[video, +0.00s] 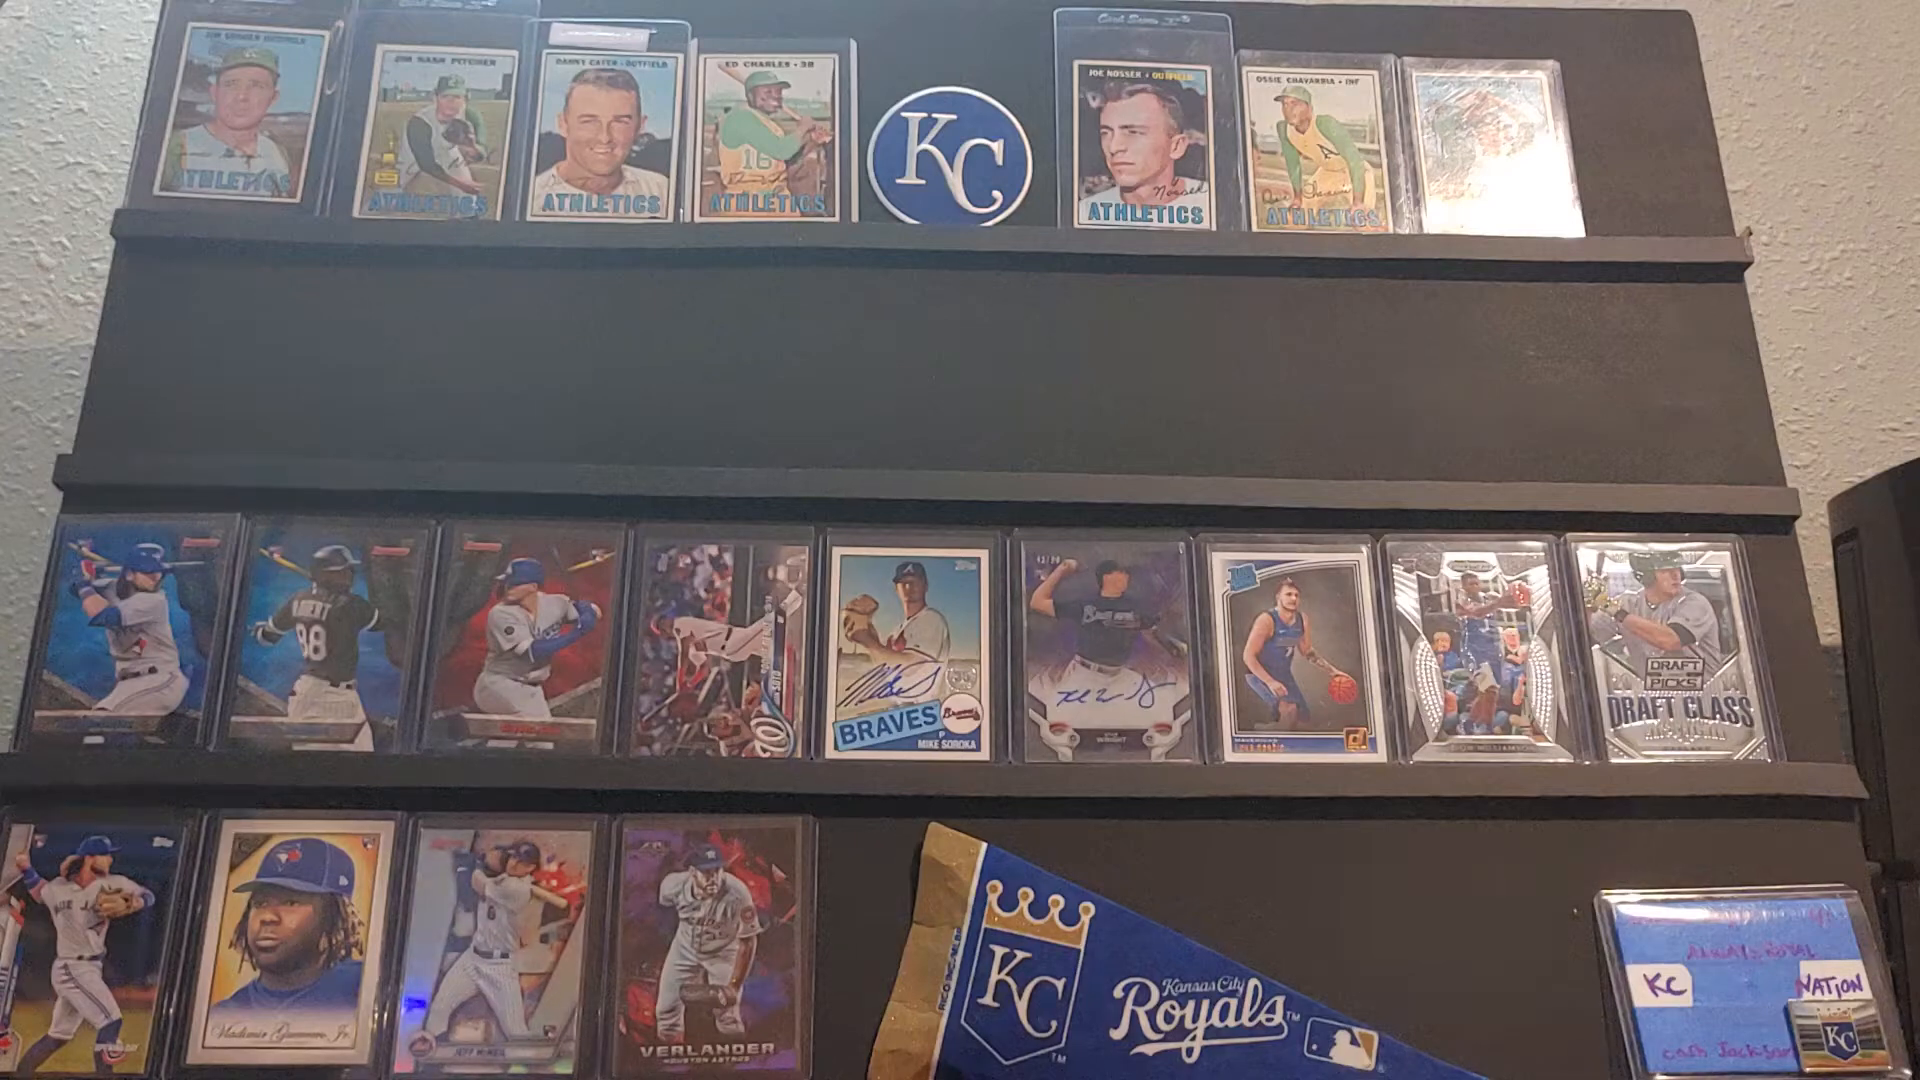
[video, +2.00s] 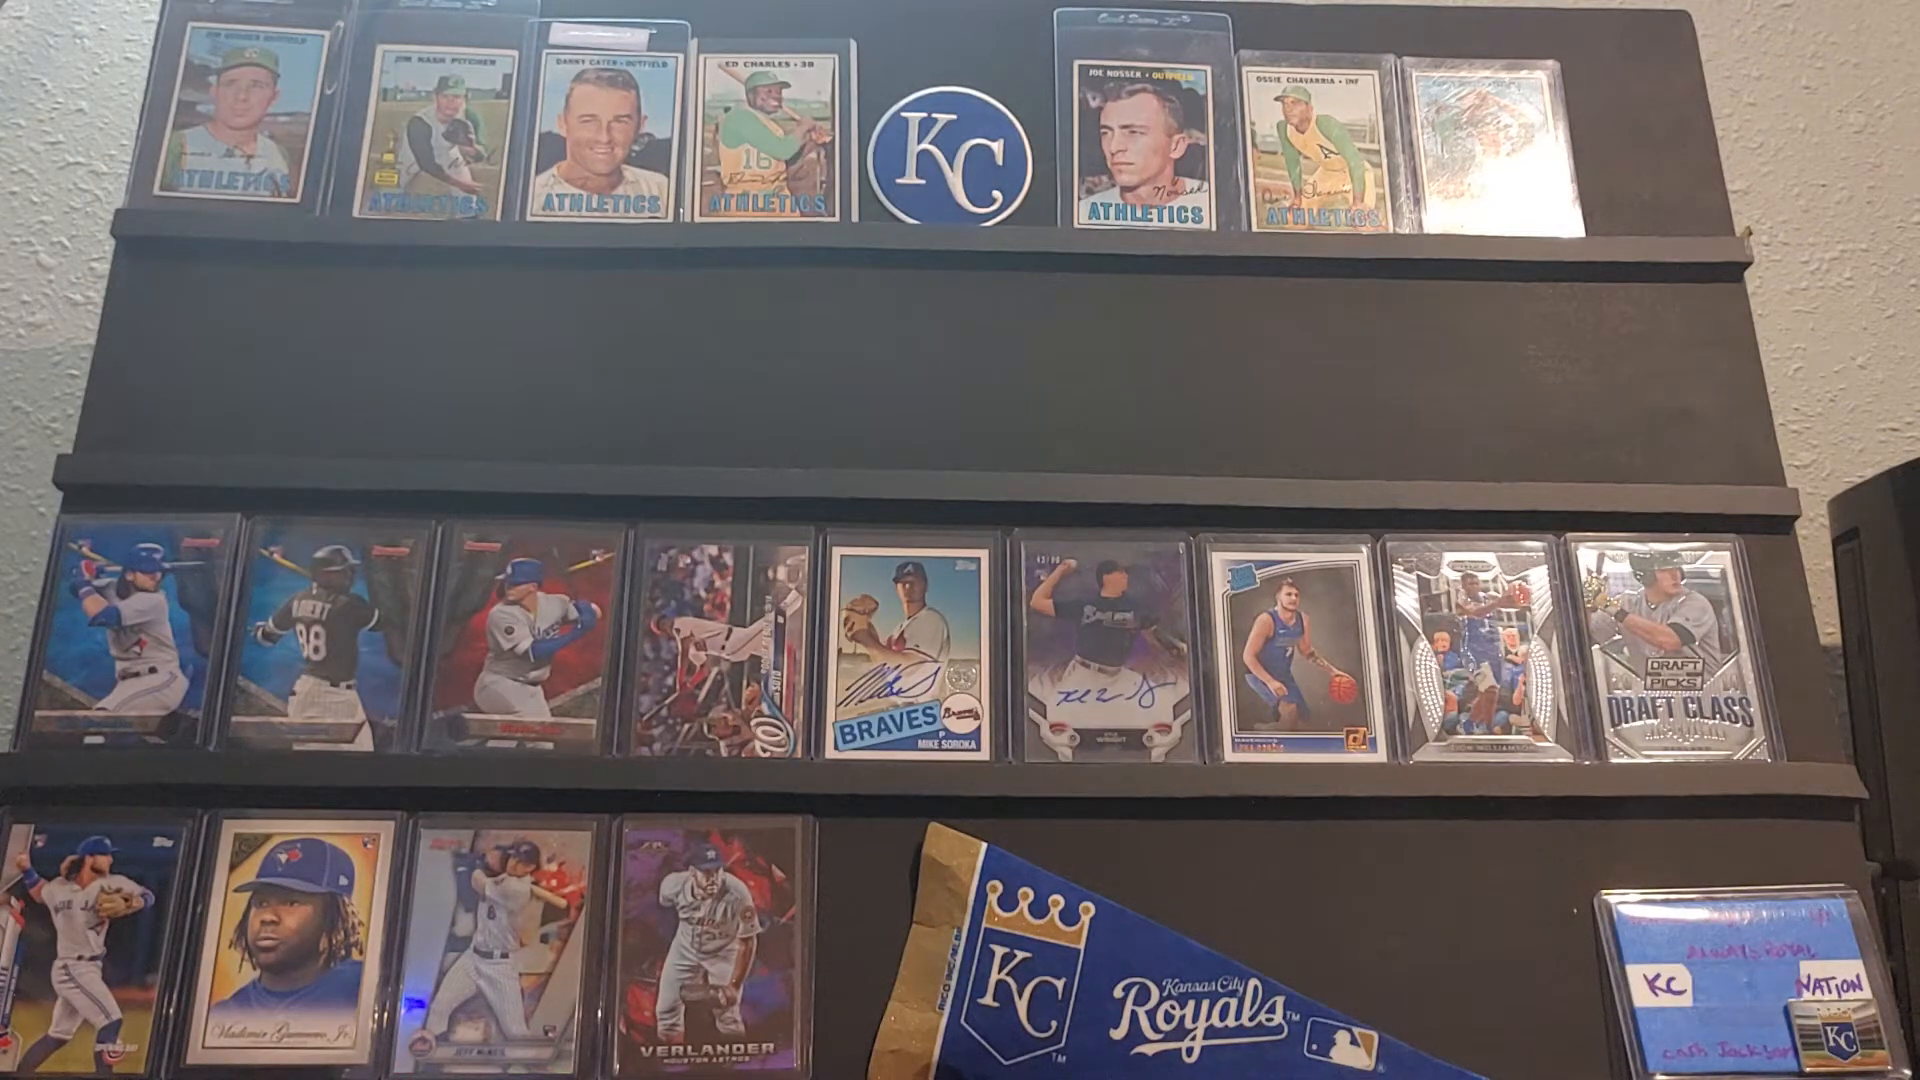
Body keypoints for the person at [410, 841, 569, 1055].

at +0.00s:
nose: (514, 863)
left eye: (522, 861)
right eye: (513, 857)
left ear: (531, 869)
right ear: (508, 858)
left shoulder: (517, 889)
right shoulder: (500, 879)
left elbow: (477, 882)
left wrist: (477, 866)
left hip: (500, 966)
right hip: (472, 959)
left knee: (515, 1030)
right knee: (439, 1007)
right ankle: (430, 1065)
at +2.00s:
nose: (514, 865)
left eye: (521, 863)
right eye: (513, 859)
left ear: (530, 869)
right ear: (509, 858)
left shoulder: (518, 890)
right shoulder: (501, 879)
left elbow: (479, 882)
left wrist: (477, 867)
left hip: (501, 966)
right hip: (473, 958)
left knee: (515, 1031)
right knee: (440, 1005)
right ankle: (427, 1063)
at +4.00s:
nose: (515, 864)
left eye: (522, 862)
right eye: (514, 858)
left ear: (531, 868)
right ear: (510, 858)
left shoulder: (518, 890)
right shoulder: (502, 879)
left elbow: (477, 881)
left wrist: (483, 864)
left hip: (501, 965)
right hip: (473, 957)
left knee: (515, 1030)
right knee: (440, 1005)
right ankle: (426, 1064)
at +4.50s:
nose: (515, 865)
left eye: (522, 863)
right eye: (514, 859)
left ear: (531, 868)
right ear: (509, 858)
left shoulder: (518, 890)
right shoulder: (501, 879)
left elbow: (477, 881)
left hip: (501, 965)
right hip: (473, 957)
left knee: (514, 1029)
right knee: (439, 1006)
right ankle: (426, 1066)